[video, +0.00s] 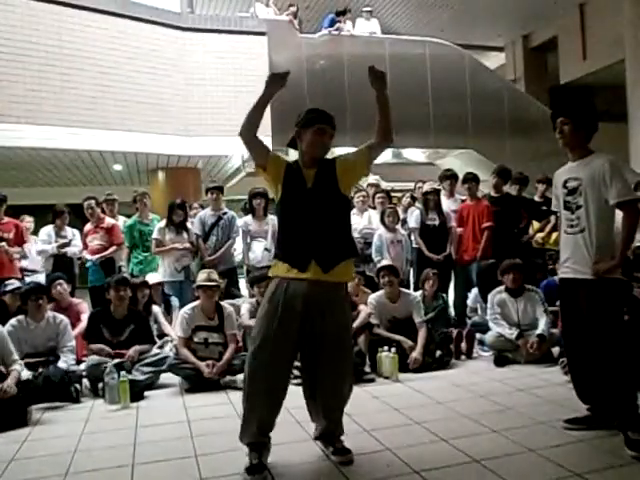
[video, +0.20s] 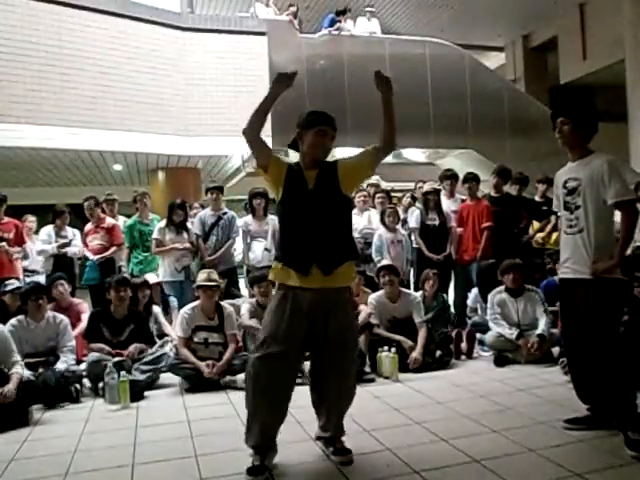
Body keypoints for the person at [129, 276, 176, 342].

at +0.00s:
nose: (144, 293)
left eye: (146, 289)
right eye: (140, 290)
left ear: (150, 291)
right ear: (135, 292)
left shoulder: (154, 309)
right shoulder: (131, 310)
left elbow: (164, 325)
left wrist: (176, 339)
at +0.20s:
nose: (145, 293)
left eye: (147, 289)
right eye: (141, 289)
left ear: (150, 291)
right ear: (136, 292)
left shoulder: (154, 309)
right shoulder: (130, 310)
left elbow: (165, 326)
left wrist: (176, 339)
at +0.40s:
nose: (145, 293)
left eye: (147, 290)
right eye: (141, 290)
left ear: (151, 292)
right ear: (136, 292)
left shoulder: (155, 310)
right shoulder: (130, 310)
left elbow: (165, 326)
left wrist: (176, 339)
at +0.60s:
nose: (145, 293)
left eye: (148, 289)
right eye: (142, 290)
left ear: (151, 292)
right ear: (135, 292)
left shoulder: (155, 310)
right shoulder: (129, 310)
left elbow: (165, 326)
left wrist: (175, 339)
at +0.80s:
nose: (145, 293)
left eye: (147, 289)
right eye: (141, 290)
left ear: (151, 291)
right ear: (134, 292)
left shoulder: (154, 310)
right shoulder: (128, 311)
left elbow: (165, 326)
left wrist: (175, 339)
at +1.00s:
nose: (145, 292)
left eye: (147, 288)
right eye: (141, 289)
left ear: (150, 291)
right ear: (134, 292)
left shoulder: (154, 310)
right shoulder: (127, 311)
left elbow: (165, 326)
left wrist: (176, 339)